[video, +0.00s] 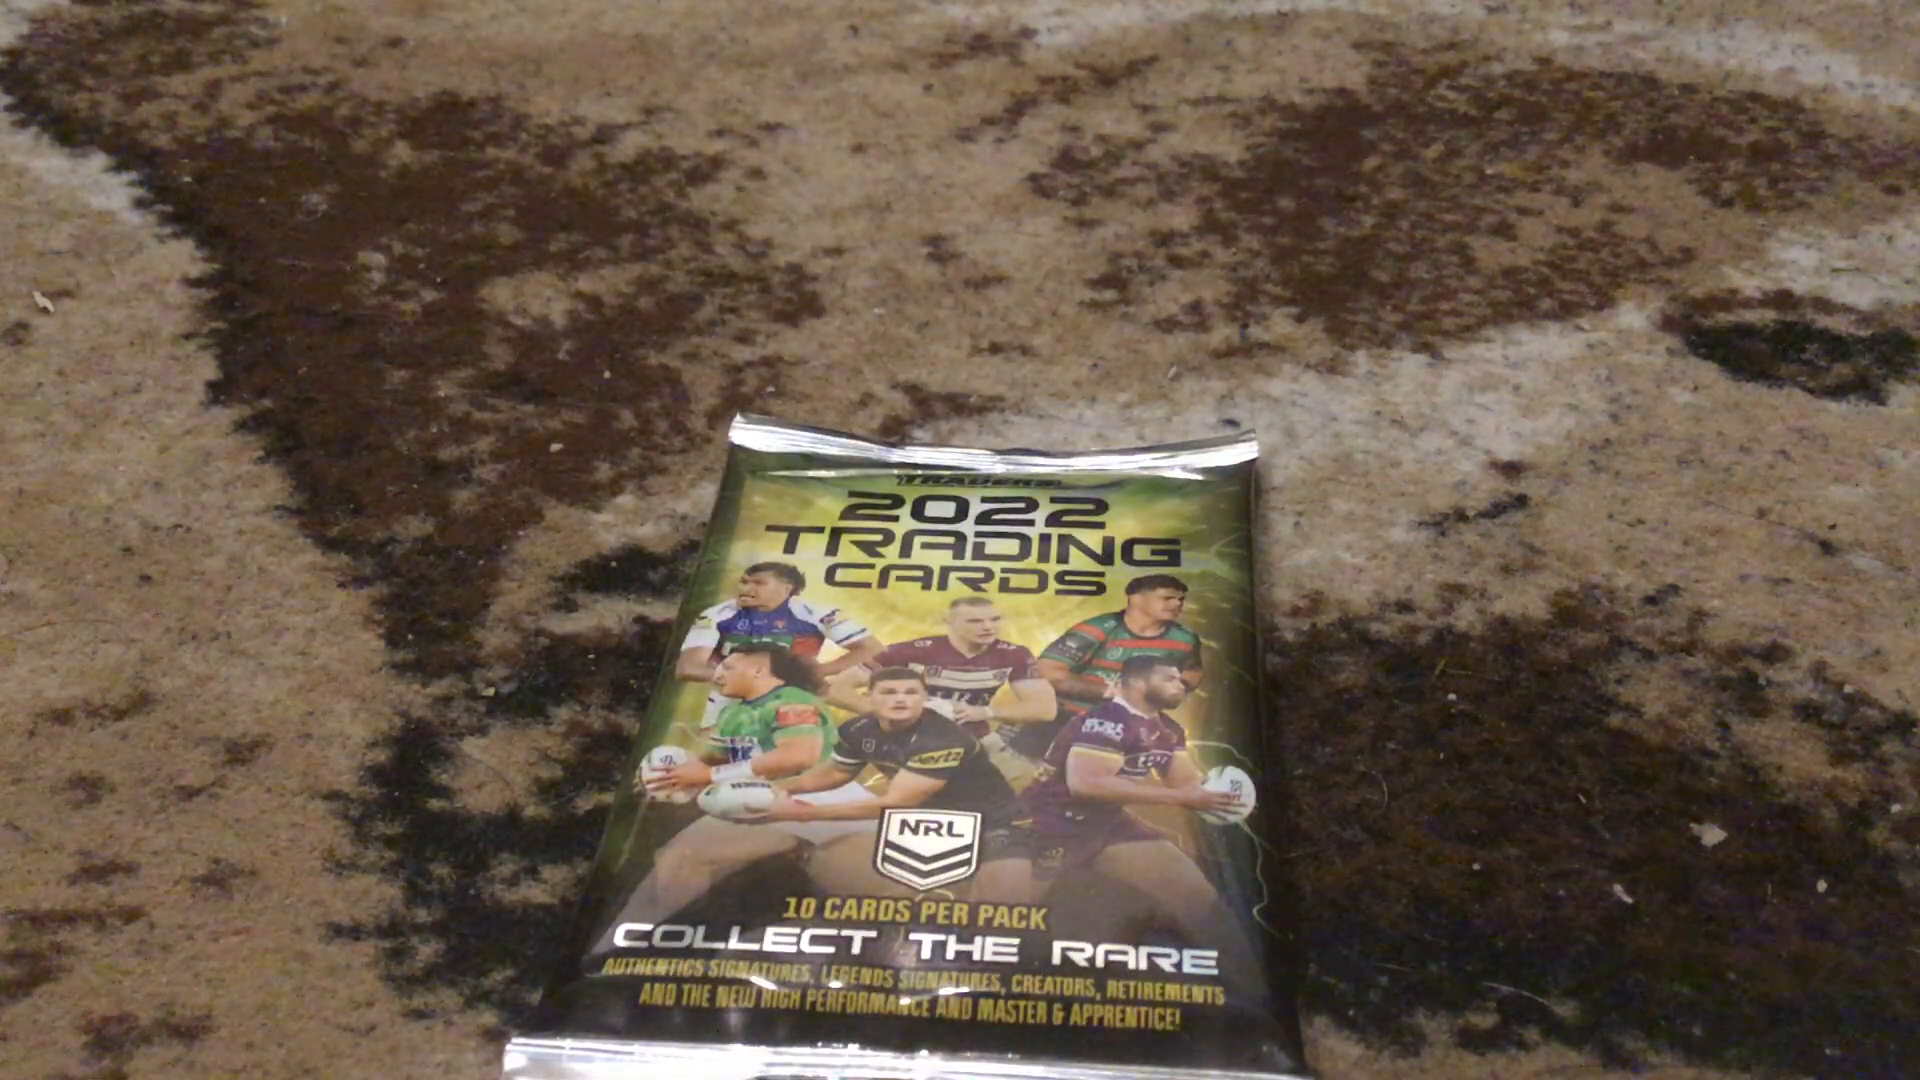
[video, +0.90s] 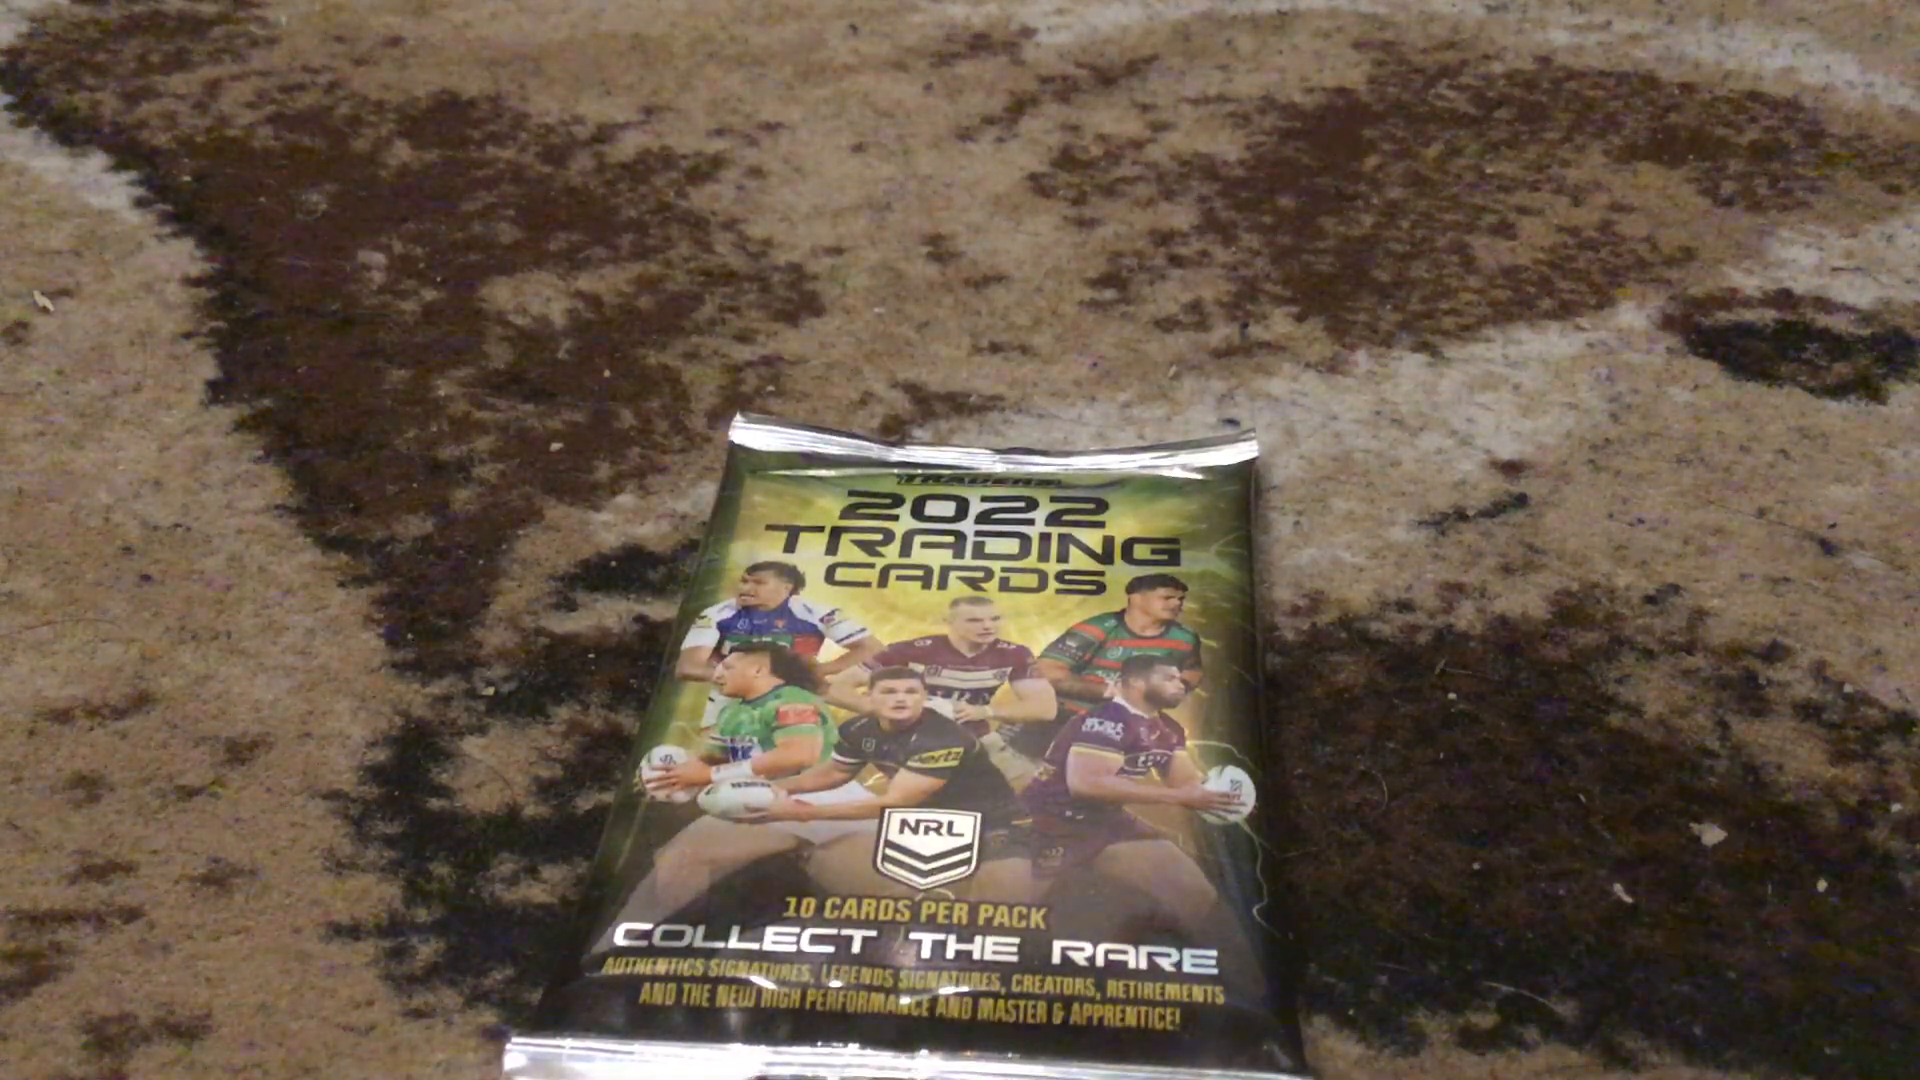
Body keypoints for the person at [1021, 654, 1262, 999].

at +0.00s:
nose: (1179, 683)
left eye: (1178, 678)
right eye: (1169, 678)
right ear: (1134, 681)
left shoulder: (1168, 732)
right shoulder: (1105, 720)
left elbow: (1187, 783)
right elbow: (1084, 781)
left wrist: (1224, 798)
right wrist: (1181, 796)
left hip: (1105, 826)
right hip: (1042, 827)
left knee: (1197, 898)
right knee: (1002, 927)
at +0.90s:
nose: (1180, 683)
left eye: (1178, 678)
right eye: (1169, 677)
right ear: (1134, 681)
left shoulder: (1168, 732)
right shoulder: (1106, 719)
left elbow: (1188, 784)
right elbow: (1085, 781)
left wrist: (1225, 798)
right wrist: (1180, 796)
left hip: (1106, 825)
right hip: (1047, 825)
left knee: (1196, 897)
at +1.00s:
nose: (1180, 683)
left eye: (1178, 677)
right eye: (1169, 677)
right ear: (1134, 681)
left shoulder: (1170, 731)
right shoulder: (1107, 719)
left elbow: (1188, 784)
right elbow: (1084, 780)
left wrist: (1220, 798)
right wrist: (1182, 796)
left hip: (1109, 822)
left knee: (1195, 896)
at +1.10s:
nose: (1181, 683)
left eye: (1178, 677)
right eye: (1169, 677)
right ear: (1134, 682)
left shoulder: (1169, 731)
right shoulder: (1107, 718)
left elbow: (1186, 783)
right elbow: (1084, 780)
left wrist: (1221, 797)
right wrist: (1182, 796)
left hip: (1106, 820)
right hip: (1058, 819)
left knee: (1194, 895)